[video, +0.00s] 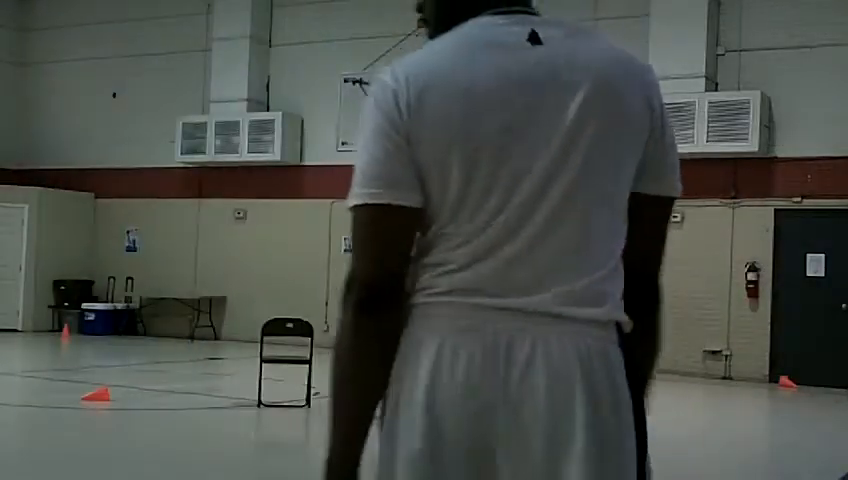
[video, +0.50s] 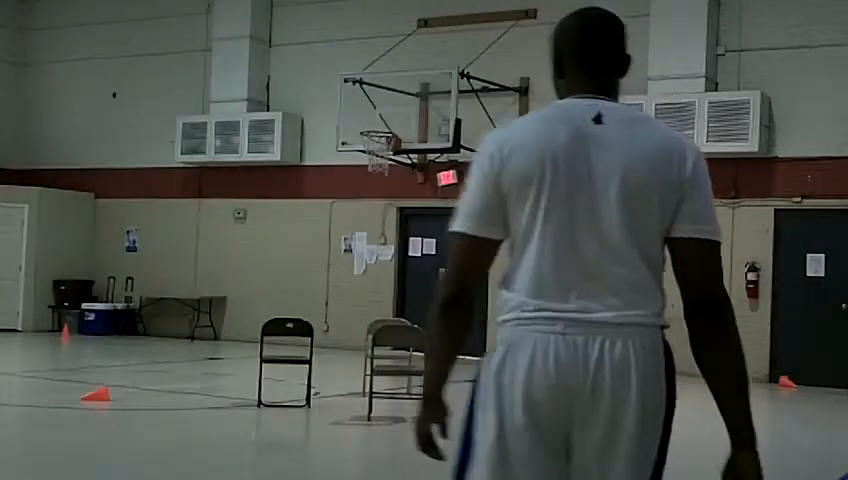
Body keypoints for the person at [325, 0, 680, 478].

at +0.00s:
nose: (420, 19)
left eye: (423, 9)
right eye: (421, 11)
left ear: (440, 6)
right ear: (526, 1)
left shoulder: (407, 82)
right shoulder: (630, 77)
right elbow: (642, 281)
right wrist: (627, 415)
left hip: (443, 347)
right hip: (582, 352)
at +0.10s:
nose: (438, 16)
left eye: (445, 2)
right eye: (442, 4)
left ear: (466, 3)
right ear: (539, 4)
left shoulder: (424, 85)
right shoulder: (636, 84)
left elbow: (385, 283)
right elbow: (664, 275)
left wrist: (361, 445)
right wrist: (670, 434)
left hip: (457, 348)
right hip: (594, 355)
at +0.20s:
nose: (469, 18)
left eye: (472, 6)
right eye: (469, 7)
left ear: (489, 8)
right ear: (554, 9)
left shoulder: (441, 98)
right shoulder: (644, 97)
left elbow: (396, 280)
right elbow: (683, 276)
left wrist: (377, 417)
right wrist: (708, 423)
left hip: (469, 350)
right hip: (601, 357)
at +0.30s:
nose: (498, 38)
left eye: (498, 27)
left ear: (503, 30)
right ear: (579, 29)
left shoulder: (459, 122)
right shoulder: (649, 119)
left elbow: (409, 288)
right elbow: (696, 288)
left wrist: (394, 402)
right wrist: (735, 431)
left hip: (484, 352)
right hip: (608, 359)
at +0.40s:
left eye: (529, 47)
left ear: (530, 54)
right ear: (602, 53)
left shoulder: (483, 140)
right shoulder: (661, 140)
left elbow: (431, 291)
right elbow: (706, 303)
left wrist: (410, 395)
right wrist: (748, 442)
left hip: (505, 355)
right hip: (621, 366)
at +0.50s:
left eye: (558, 62)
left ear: (556, 68)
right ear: (623, 67)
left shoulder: (508, 143)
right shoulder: (674, 151)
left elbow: (458, 287)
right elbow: (707, 304)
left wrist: (431, 393)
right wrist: (743, 443)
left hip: (525, 356)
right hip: (632, 361)